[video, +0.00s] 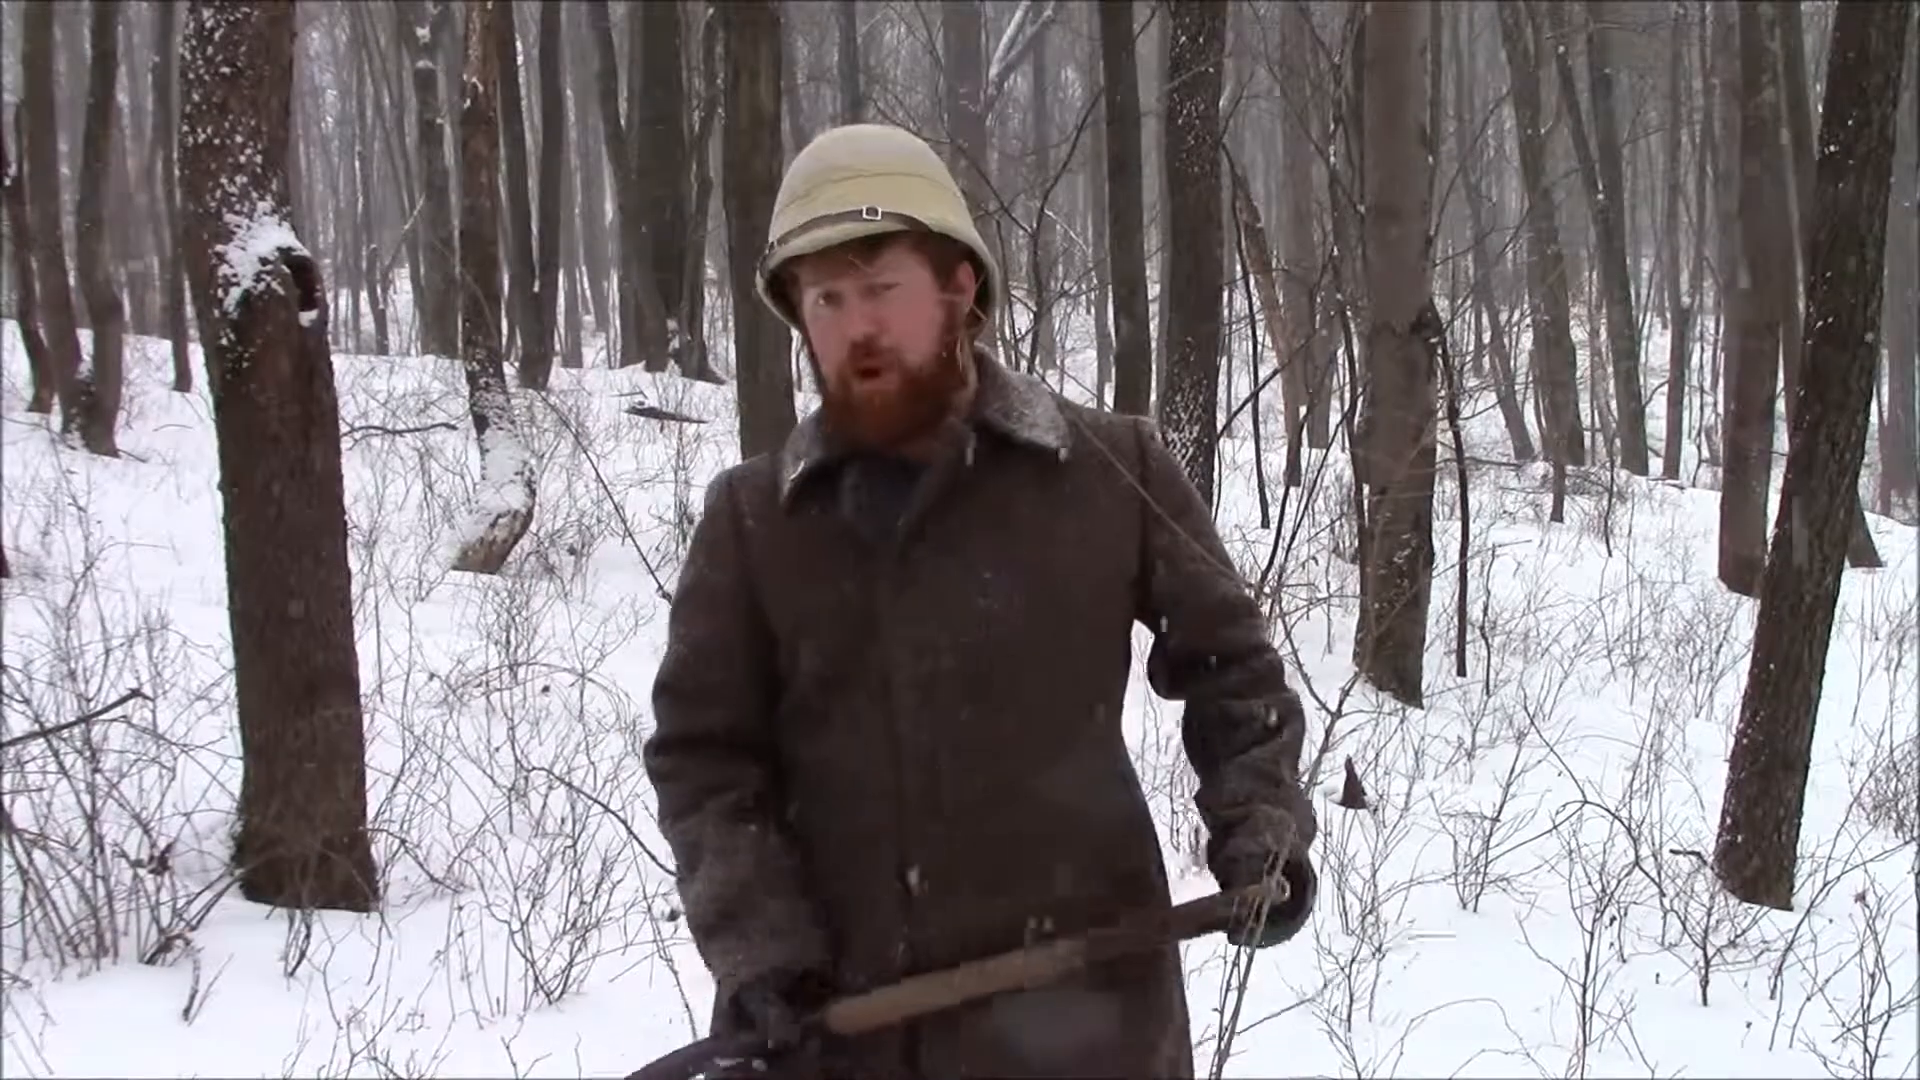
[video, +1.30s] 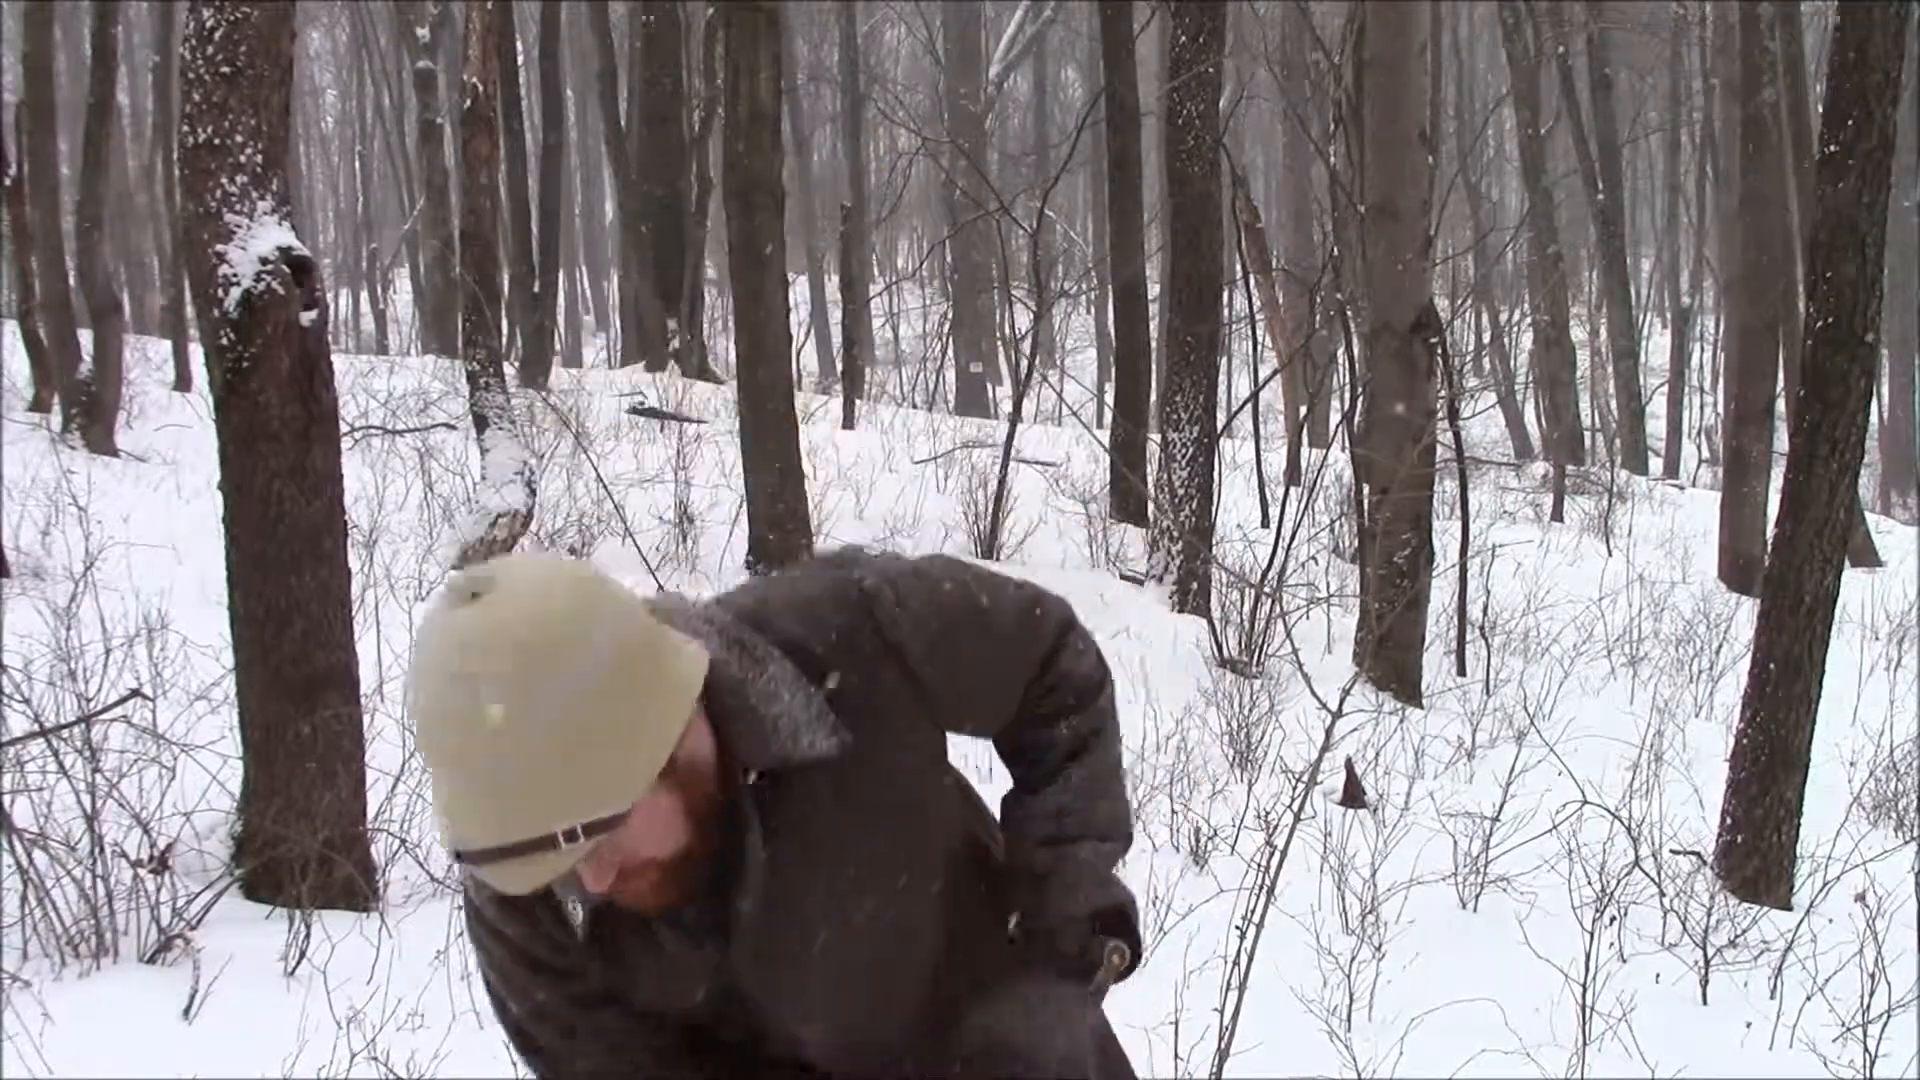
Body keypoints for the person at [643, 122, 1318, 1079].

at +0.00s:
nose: (858, 329)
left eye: (884, 287)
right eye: (828, 300)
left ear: (962, 289)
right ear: (799, 322)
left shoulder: (1116, 473)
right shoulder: (749, 520)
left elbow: (1230, 668)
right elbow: (701, 760)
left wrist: (1259, 827)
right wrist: (763, 955)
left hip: (1084, 1014)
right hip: (847, 1027)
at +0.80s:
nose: (801, 435)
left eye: (826, 381)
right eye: (771, 393)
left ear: (921, 350)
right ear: (747, 393)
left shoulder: (1084, 485)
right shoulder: (712, 566)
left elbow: (1197, 656)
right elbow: (688, 847)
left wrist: (1201, 823)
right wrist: (732, 1060)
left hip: (1088, 1030)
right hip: (848, 1048)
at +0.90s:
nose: (758, 475)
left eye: (781, 423)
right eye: (726, 435)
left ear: (877, 382)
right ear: (703, 431)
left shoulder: (1049, 483)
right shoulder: (680, 592)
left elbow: (1177, 639)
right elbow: (668, 881)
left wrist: (1173, 807)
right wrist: (712, 1060)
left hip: (1073, 1022)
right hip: (833, 1047)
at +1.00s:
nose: (702, 534)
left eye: (720, 478)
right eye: (667, 495)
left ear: (821, 417)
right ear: (641, 486)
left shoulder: (1009, 491)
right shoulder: (640, 632)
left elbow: (1151, 623)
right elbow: (651, 915)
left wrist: (1146, 795)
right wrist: (700, 1060)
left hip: (1063, 1027)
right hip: (820, 1054)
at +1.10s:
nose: (653, 622)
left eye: (667, 569)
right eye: (614, 590)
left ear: (766, 494)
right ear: (585, 574)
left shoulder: (962, 519)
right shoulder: (596, 706)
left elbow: (1118, 602)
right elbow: (646, 988)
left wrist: (1116, 801)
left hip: (1040, 1005)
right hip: (812, 1045)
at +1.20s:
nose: (616, 744)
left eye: (627, 691)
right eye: (574, 717)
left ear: (713, 601)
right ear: (532, 699)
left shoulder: (908, 570)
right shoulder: (554, 803)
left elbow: (1084, 617)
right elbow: (624, 1041)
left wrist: (1091, 814)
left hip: (1024, 1008)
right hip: (811, 1054)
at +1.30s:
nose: (601, 884)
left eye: (606, 836)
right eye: (554, 870)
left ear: (671, 730)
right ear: (504, 848)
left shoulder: (859, 633)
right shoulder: (523, 917)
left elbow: (1053, 669)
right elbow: (624, 1066)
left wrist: (1066, 903)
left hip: (977, 994)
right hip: (784, 1055)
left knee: (1051, 1051)